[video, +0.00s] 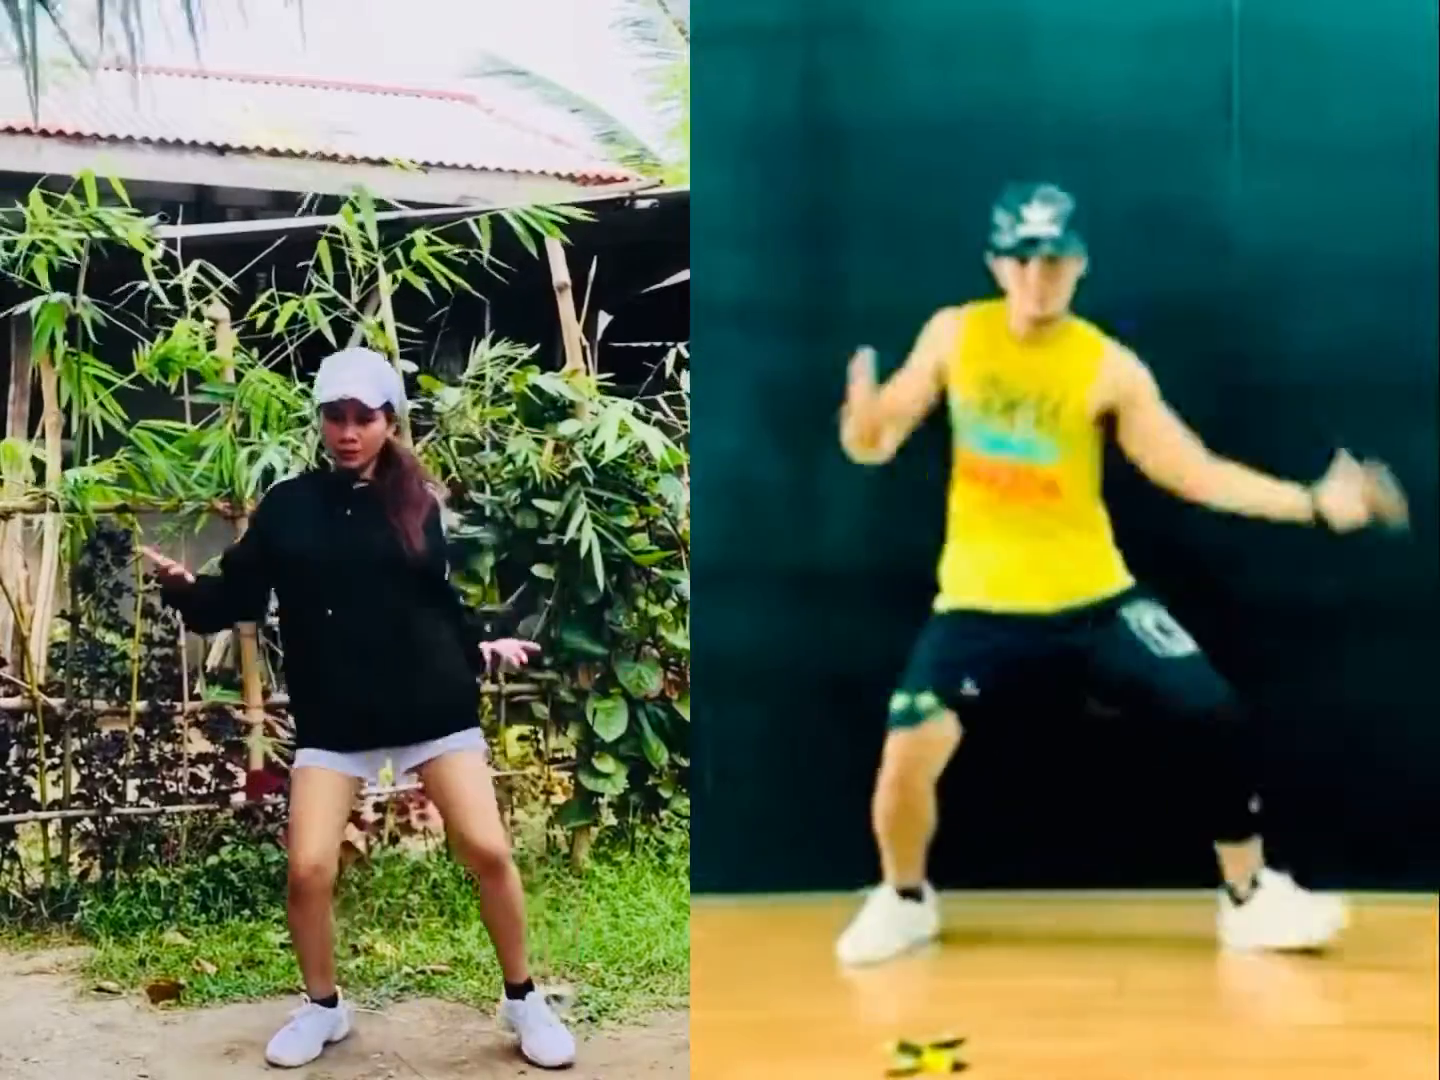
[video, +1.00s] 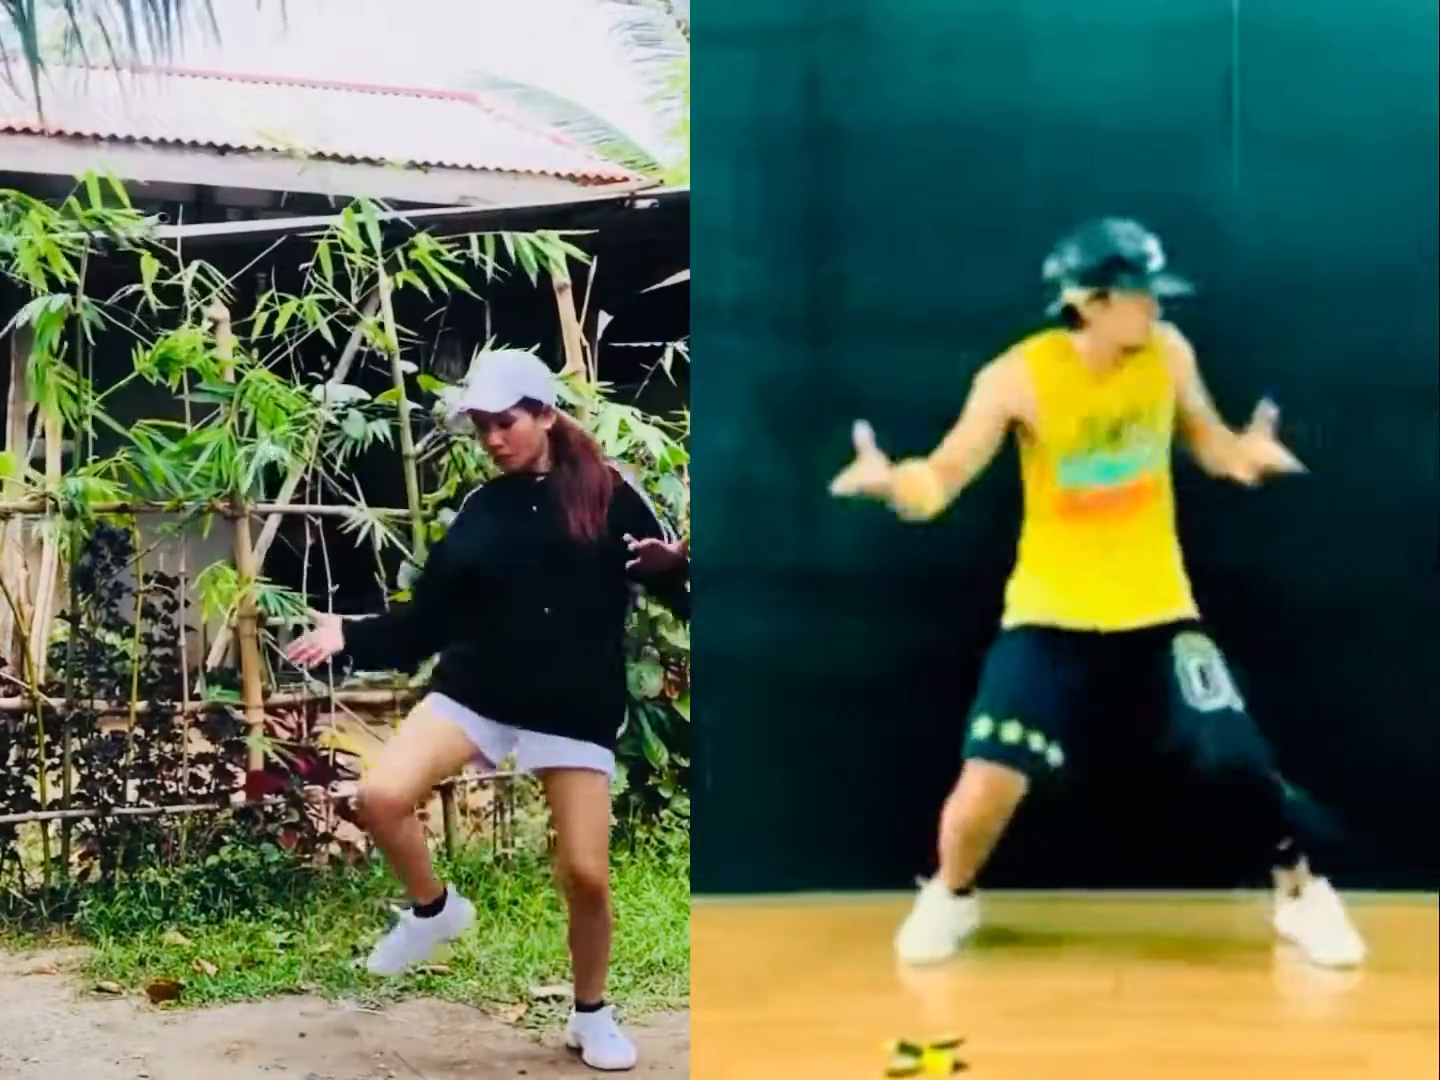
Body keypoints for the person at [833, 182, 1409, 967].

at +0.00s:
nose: (1038, 282)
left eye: (1054, 263)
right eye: (1022, 263)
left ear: (1077, 268)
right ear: (995, 265)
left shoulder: (1109, 370)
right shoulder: (953, 336)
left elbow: (1192, 471)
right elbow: (876, 441)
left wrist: (1313, 501)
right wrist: (861, 417)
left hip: (1093, 595)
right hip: (976, 600)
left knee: (1213, 715)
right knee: (907, 754)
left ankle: (1248, 895)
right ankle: (903, 900)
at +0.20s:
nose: (1121, 262)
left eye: (1135, 242)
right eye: (1104, 245)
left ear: (1160, 243)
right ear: (1079, 254)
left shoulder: (1203, 303)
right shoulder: (1055, 337)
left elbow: (1227, 395)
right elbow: (1047, 446)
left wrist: (1248, 400)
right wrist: (969, 468)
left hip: (1194, 588)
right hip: (1082, 589)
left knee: (1303, 710)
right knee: (990, 732)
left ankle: (1282, 894)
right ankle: (853, 850)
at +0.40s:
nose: (1178, 265)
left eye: (1192, 247)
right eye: (1161, 249)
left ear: (1214, 252)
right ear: (1132, 258)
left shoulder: (1254, 350)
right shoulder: (1097, 333)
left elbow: (1349, 445)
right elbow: (1026, 441)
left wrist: (1436, 447)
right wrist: (1023, 383)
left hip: (1239, 573)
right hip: (1142, 556)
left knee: (1273, 742)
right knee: (1048, 552)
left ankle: (1304, 891)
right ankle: (1099, 717)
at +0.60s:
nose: (1196, 250)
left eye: (1206, 232)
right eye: (1177, 236)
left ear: (1226, 232)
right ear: (1145, 247)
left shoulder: (1264, 297)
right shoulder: (1113, 331)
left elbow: (1292, 384)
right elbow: (1084, 447)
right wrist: (1006, 425)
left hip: (1249, 552)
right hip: (1141, 537)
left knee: (1317, 719)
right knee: (998, 646)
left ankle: (1305, 892)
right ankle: (963, 763)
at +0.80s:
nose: (1192, 289)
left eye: (1195, 274)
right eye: (1175, 274)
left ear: (1200, 280)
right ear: (1126, 281)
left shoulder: (1215, 371)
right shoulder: (1057, 350)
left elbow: (1293, 471)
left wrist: (1412, 469)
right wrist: (1017, 423)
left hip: (1215, 605)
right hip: (1101, 610)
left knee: (1315, 731)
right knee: (1030, 775)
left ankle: (1313, 884)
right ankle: (952, 891)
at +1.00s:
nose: (1152, 309)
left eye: (1152, 294)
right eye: (1136, 295)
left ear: (1147, 298)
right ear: (1086, 303)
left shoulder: (1166, 352)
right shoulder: (1016, 378)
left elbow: (1206, 436)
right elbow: (936, 485)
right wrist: (889, 476)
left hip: (1157, 605)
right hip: (1050, 611)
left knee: (1237, 760)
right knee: (978, 803)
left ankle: (1301, 893)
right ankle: (949, 896)